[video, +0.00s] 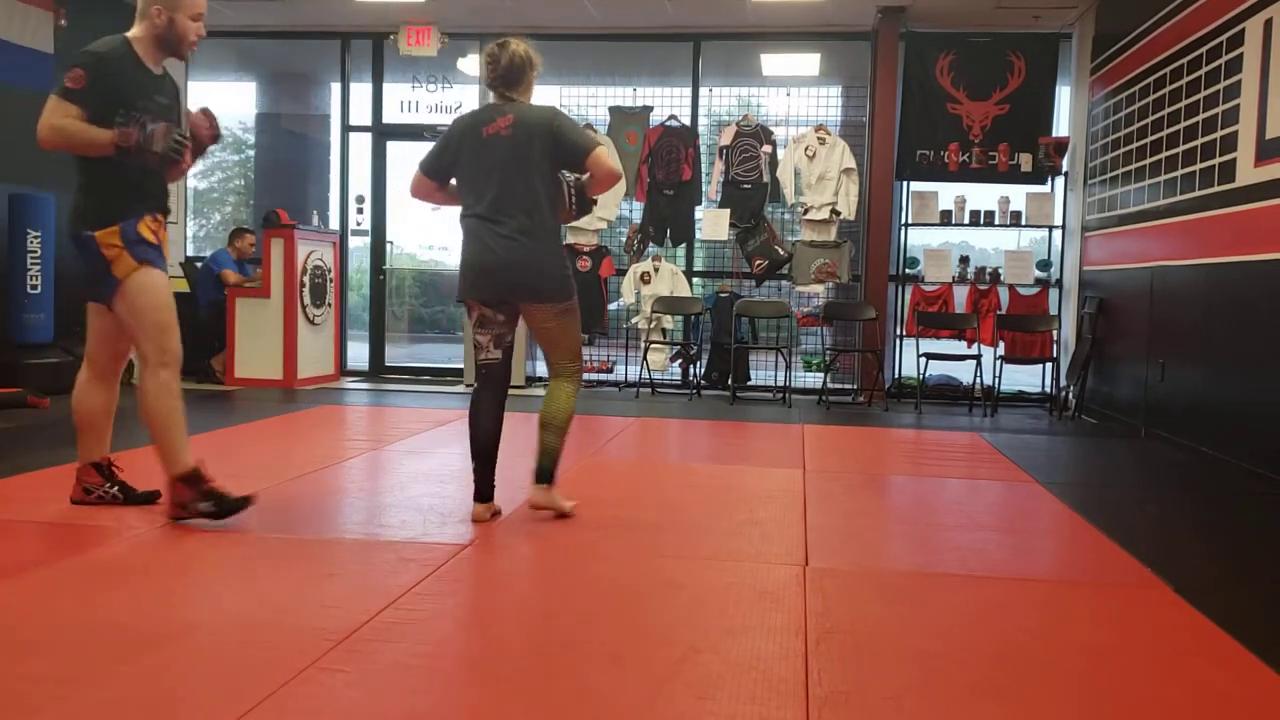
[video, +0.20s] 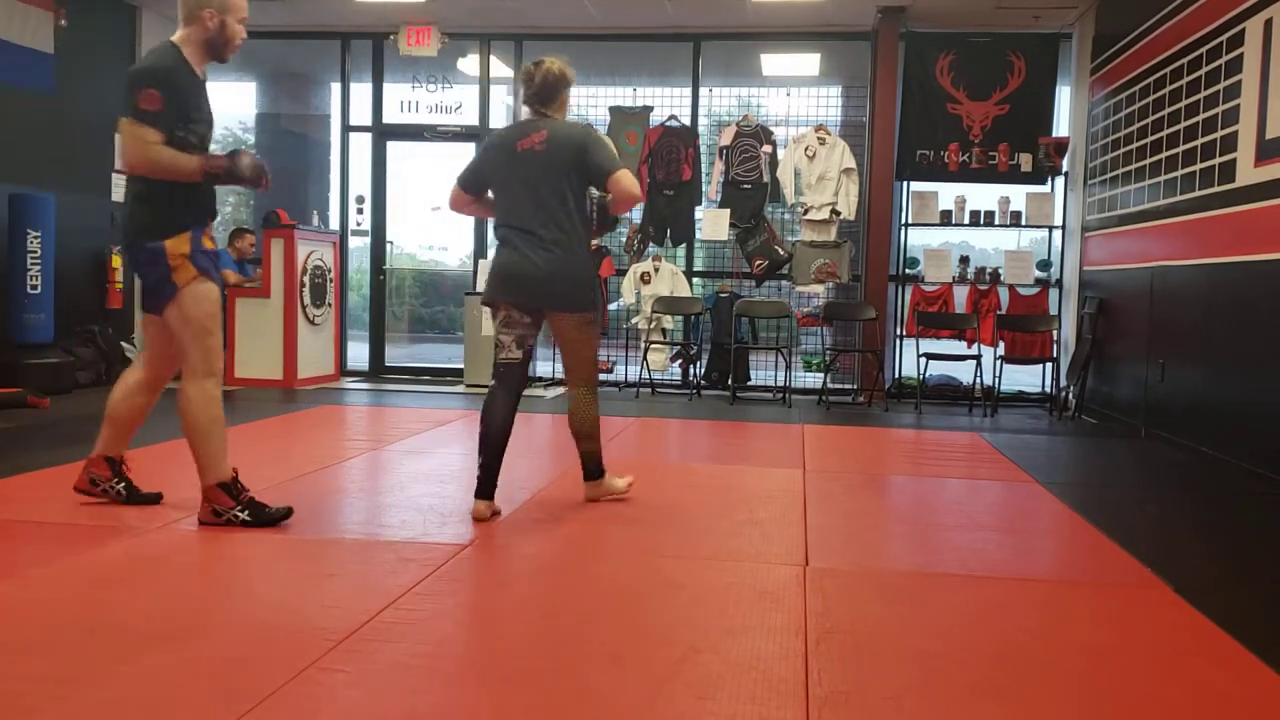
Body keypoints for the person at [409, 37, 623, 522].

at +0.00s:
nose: (534, 83)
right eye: (533, 76)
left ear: (487, 79)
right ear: (531, 79)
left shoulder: (464, 127)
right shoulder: (549, 120)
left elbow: (423, 187)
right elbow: (609, 170)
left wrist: (474, 196)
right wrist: (575, 200)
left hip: (481, 268)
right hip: (541, 268)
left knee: (489, 378)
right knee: (564, 371)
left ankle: (483, 500)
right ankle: (543, 486)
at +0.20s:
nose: (569, 101)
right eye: (569, 95)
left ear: (525, 96)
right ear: (566, 97)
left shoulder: (500, 142)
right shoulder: (583, 137)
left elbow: (461, 201)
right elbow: (628, 192)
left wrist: (508, 209)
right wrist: (601, 217)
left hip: (512, 273)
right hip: (570, 276)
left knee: (506, 379)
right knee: (582, 383)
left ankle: (483, 497)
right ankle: (595, 480)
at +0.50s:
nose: (634, 110)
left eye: (633, 103)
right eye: (633, 103)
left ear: (588, 103)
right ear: (624, 104)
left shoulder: (562, 145)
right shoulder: (638, 141)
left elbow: (526, 209)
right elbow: (675, 205)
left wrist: (569, 216)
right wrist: (653, 211)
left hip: (574, 269)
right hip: (625, 269)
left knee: (578, 368)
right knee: (611, 379)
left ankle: (536, 451)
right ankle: (597, 483)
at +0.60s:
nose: (650, 112)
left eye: (650, 106)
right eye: (649, 106)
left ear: (604, 106)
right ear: (640, 106)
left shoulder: (577, 145)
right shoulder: (652, 142)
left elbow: (546, 213)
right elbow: (685, 206)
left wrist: (585, 218)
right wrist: (667, 211)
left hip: (586, 267)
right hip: (637, 266)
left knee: (609, 364)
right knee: (616, 377)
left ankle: (585, 459)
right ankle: (597, 482)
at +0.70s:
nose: (666, 117)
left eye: (666, 110)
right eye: (665, 109)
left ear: (620, 109)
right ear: (655, 109)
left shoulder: (595, 152)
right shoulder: (666, 146)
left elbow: (565, 217)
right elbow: (698, 211)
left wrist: (605, 224)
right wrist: (694, 228)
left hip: (604, 268)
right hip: (650, 266)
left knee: (635, 366)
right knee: (622, 374)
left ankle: (640, 467)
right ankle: (596, 482)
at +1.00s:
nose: (724, 123)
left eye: (723, 115)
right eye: (720, 115)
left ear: (687, 117)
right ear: (702, 115)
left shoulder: (656, 159)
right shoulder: (705, 153)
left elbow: (636, 227)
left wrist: (679, 236)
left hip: (657, 271)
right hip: (693, 271)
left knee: (684, 371)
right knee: (693, 374)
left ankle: (674, 469)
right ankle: (623, 453)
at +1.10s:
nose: (747, 121)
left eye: (745, 113)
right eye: (741, 113)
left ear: (712, 117)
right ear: (718, 115)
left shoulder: (686, 153)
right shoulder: (718, 151)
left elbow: (666, 226)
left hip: (677, 276)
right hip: (703, 278)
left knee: (696, 364)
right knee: (734, 369)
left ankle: (675, 461)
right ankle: (672, 449)